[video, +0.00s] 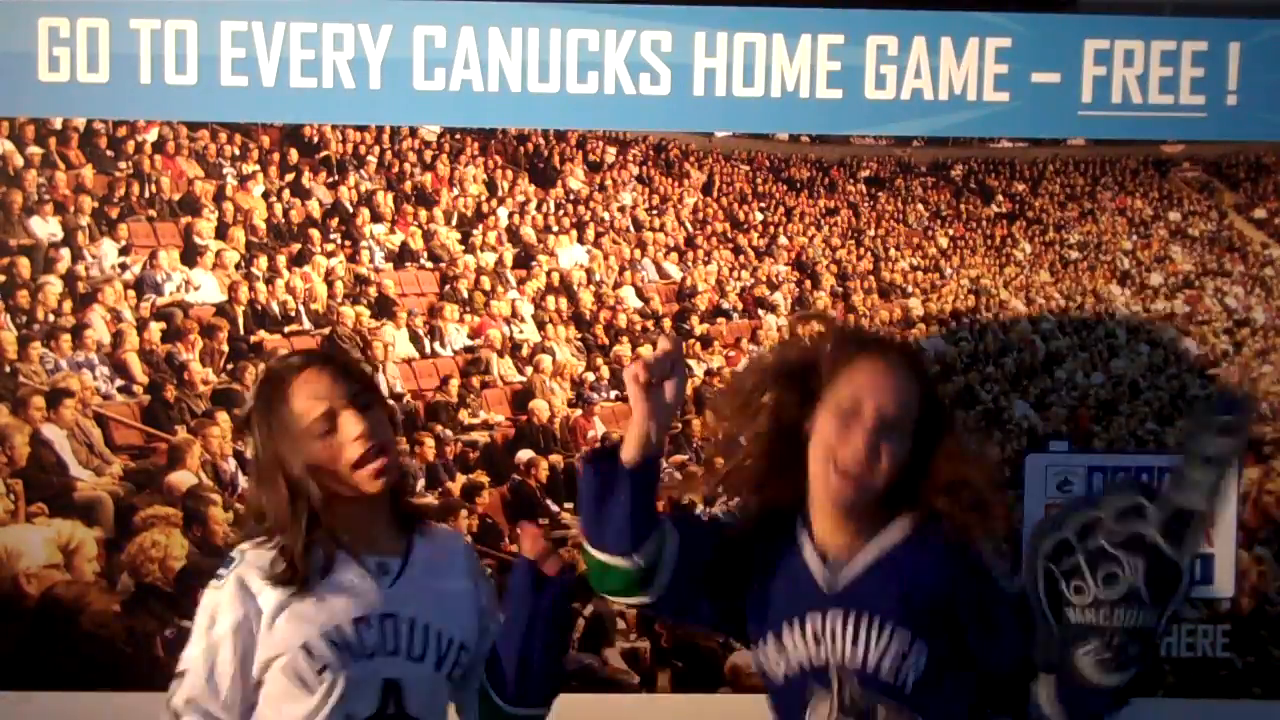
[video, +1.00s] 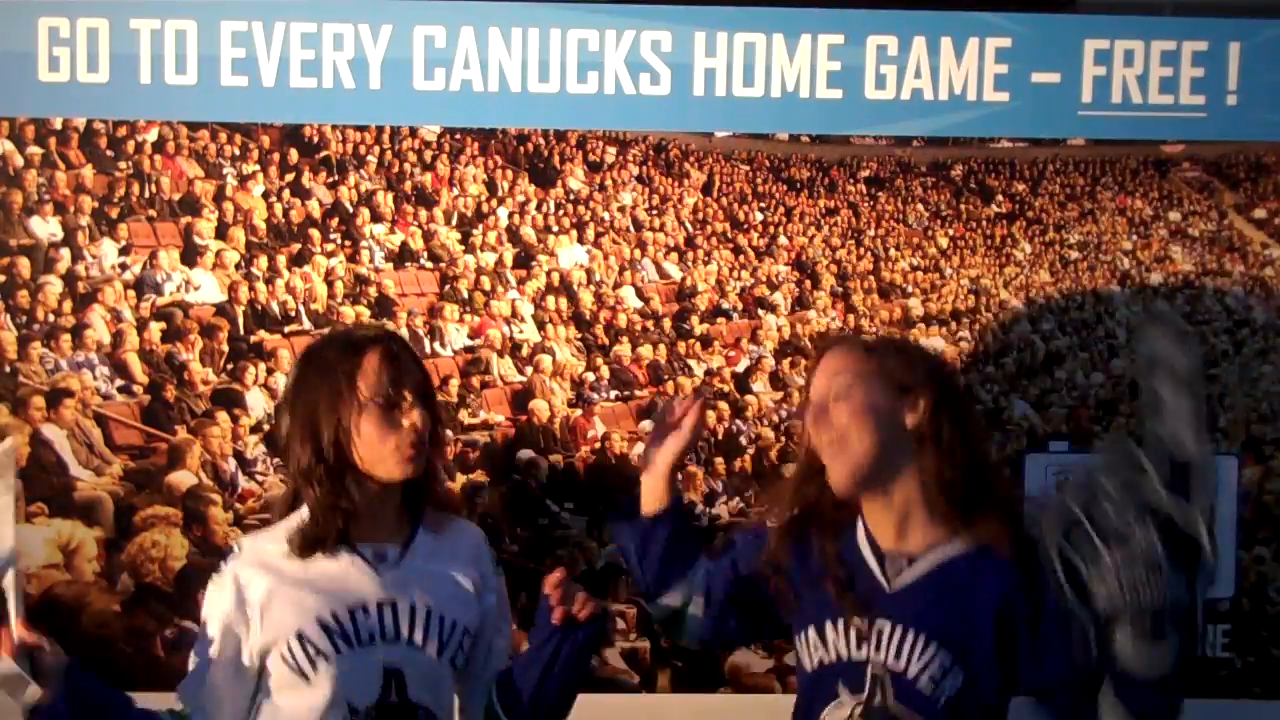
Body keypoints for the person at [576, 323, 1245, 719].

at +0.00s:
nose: (862, 443)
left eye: (888, 432)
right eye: (847, 417)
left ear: (914, 456)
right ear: (807, 421)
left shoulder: (954, 573)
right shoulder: (757, 554)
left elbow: (1036, 701)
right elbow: (630, 567)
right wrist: (639, 448)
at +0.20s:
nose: (867, 372)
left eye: (889, 357)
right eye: (847, 357)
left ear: (924, 387)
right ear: (818, 390)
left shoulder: (996, 503)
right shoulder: (779, 528)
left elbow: (1138, 613)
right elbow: (698, 666)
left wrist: (1152, 502)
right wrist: (637, 593)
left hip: (963, 711)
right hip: (823, 712)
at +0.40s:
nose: (864, 448)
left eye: (877, 418)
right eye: (847, 440)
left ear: (934, 416)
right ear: (840, 472)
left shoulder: (1047, 561)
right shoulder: (828, 591)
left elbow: (1157, 613)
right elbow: (760, 709)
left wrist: (1109, 470)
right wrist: (674, 652)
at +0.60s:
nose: (821, 378)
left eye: (843, 357)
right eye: (819, 365)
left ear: (924, 368)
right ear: (820, 393)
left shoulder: (1023, 532)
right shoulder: (807, 509)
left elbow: (1127, 679)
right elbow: (657, 562)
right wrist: (652, 433)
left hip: (968, 707)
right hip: (821, 705)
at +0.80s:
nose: (805, 422)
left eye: (831, 403)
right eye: (809, 401)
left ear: (909, 420)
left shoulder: (995, 586)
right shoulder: (795, 538)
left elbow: (1031, 709)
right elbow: (654, 527)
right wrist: (644, 381)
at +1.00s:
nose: (810, 426)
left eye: (832, 400)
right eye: (808, 411)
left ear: (912, 409)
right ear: (805, 436)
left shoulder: (1019, 575)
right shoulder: (804, 550)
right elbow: (680, 602)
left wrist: (1146, 631)